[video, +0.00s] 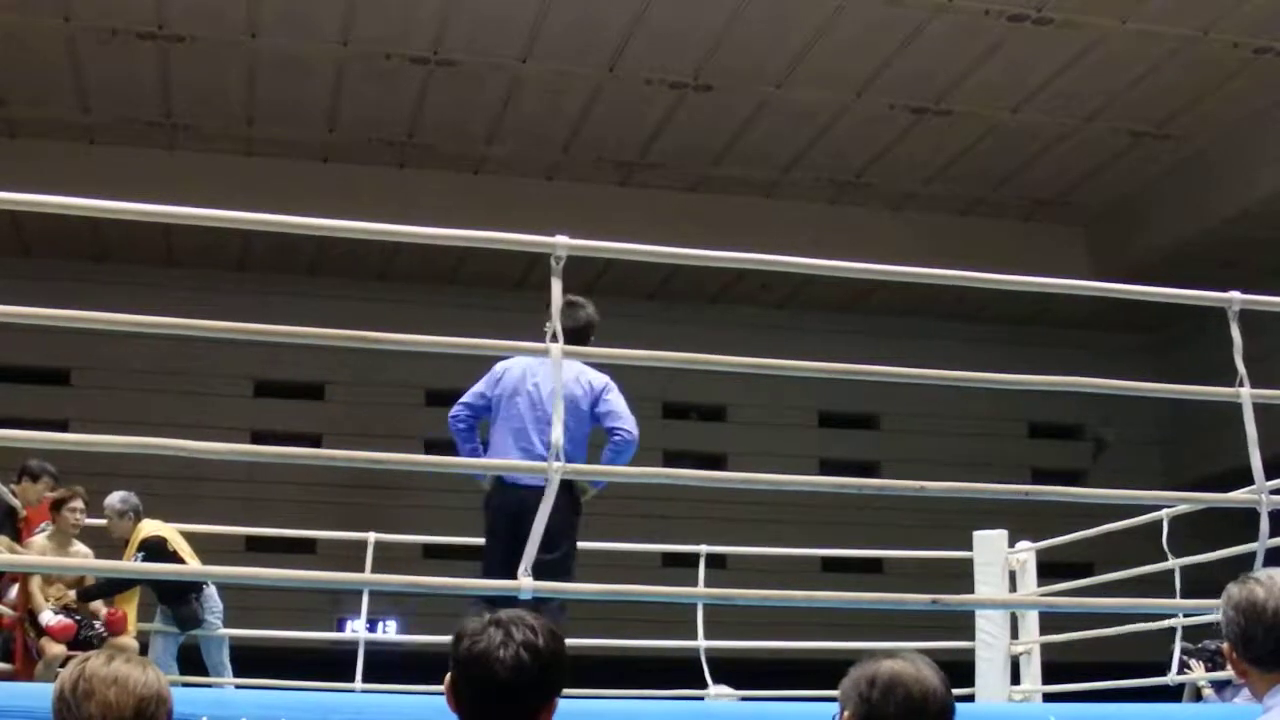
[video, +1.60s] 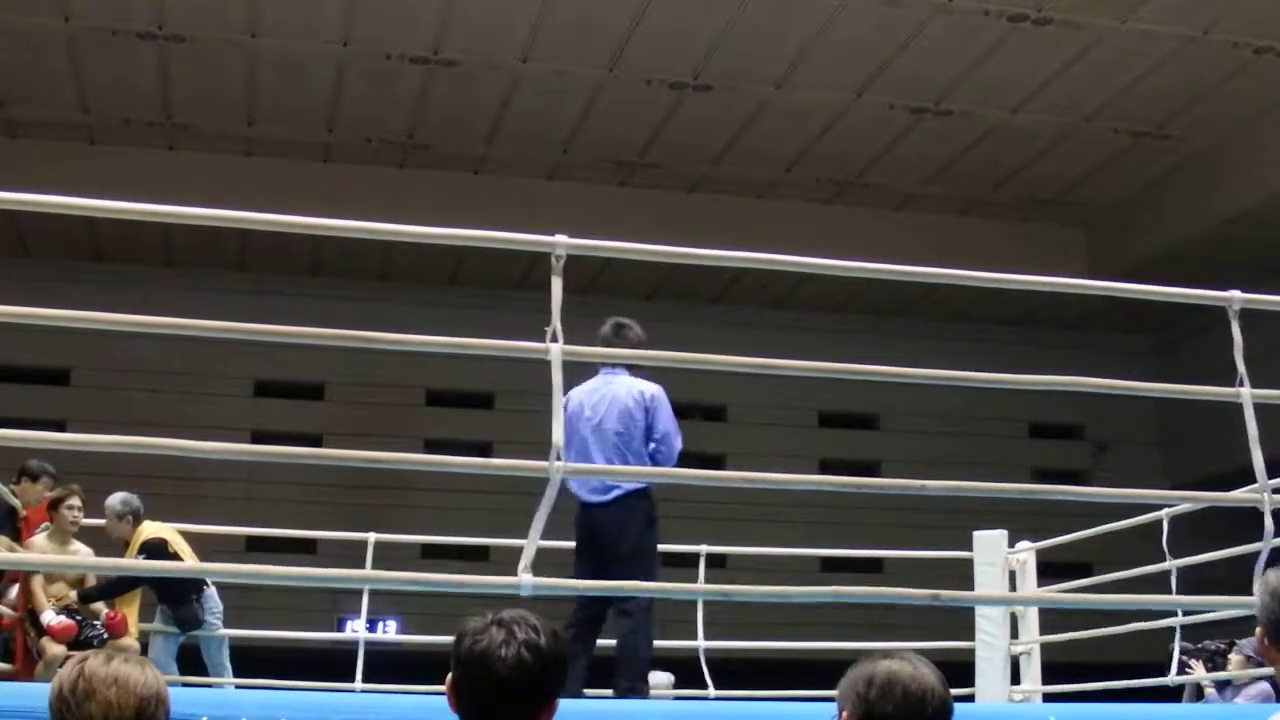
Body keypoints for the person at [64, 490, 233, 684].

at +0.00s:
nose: (107, 525)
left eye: (110, 519)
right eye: (107, 519)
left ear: (129, 517)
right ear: (126, 517)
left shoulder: (153, 539)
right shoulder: (136, 537)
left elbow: (126, 580)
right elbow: (122, 579)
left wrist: (80, 595)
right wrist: (85, 593)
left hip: (201, 600)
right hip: (171, 603)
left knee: (218, 665)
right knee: (160, 660)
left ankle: (230, 711)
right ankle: (173, 711)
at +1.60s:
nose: (105, 524)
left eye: (109, 519)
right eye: (106, 518)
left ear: (127, 521)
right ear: (127, 521)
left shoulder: (154, 542)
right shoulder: (136, 540)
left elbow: (125, 584)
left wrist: (79, 596)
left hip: (202, 601)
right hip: (170, 603)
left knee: (218, 666)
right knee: (160, 660)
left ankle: (229, 711)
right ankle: (177, 709)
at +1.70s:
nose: (105, 524)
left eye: (109, 518)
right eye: (106, 518)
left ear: (128, 520)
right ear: (128, 520)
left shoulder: (154, 541)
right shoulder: (137, 540)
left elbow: (124, 584)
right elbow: (123, 584)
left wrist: (79, 596)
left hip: (202, 600)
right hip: (171, 603)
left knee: (218, 666)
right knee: (160, 660)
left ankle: (229, 712)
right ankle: (176, 709)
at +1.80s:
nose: (106, 525)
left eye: (109, 519)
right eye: (106, 519)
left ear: (127, 521)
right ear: (127, 520)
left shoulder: (154, 542)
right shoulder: (138, 538)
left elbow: (126, 583)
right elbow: (124, 582)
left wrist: (79, 596)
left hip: (202, 600)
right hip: (171, 603)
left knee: (218, 666)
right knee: (160, 660)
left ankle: (229, 712)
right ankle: (176, 709)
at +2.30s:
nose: (106, 525)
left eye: (109, 520)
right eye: (106, 520)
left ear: (128, 521)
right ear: (129, 520)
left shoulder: (154, 543)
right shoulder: (139, 539)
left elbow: (125, 583)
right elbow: (127, 583)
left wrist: (78, 597)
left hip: (202, 600)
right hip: (171, 603)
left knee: (217, 665)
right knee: (160, 660)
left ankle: (230, 713)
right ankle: (173, 709)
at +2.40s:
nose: (105, 525)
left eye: (109, 519)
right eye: (106, 519)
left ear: (128, 520)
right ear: (128, 520)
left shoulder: (154, 543)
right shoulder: (139, 539)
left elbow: (124, 584)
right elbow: (125, 583)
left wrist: (79, 597)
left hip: (202, 600)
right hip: (171, 603)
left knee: (217, 664)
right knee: (159, 660)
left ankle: (230, 712)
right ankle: (175, 708)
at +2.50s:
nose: (106, 525)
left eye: (109, 519)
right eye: (106, 519)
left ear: (127, 520)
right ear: (128, 520)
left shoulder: (154, 542)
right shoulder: (138, 539)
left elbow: (125, 583)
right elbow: (125, 582)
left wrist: (79, 597)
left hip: (202, 600)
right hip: (171, 603)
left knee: (217, 665)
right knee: (160, 660)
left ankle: (230, 712)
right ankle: (175, 708)